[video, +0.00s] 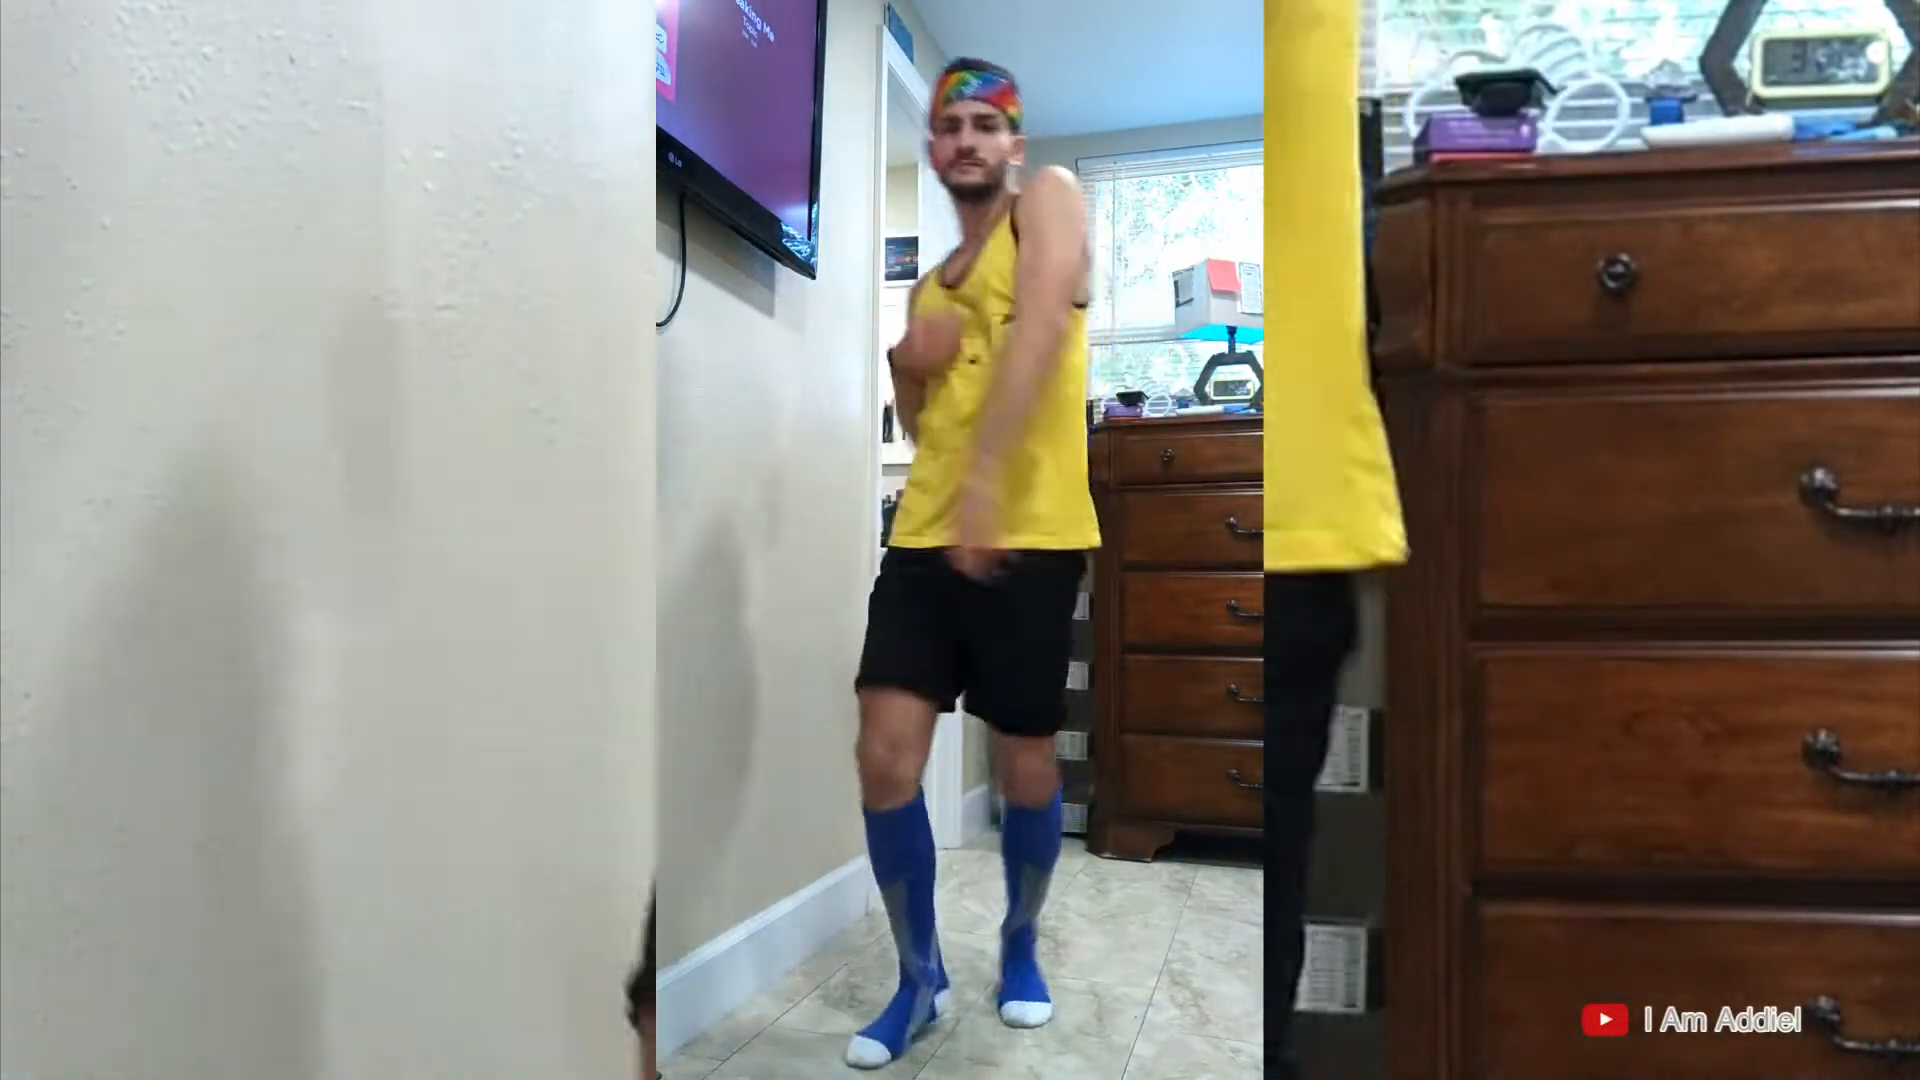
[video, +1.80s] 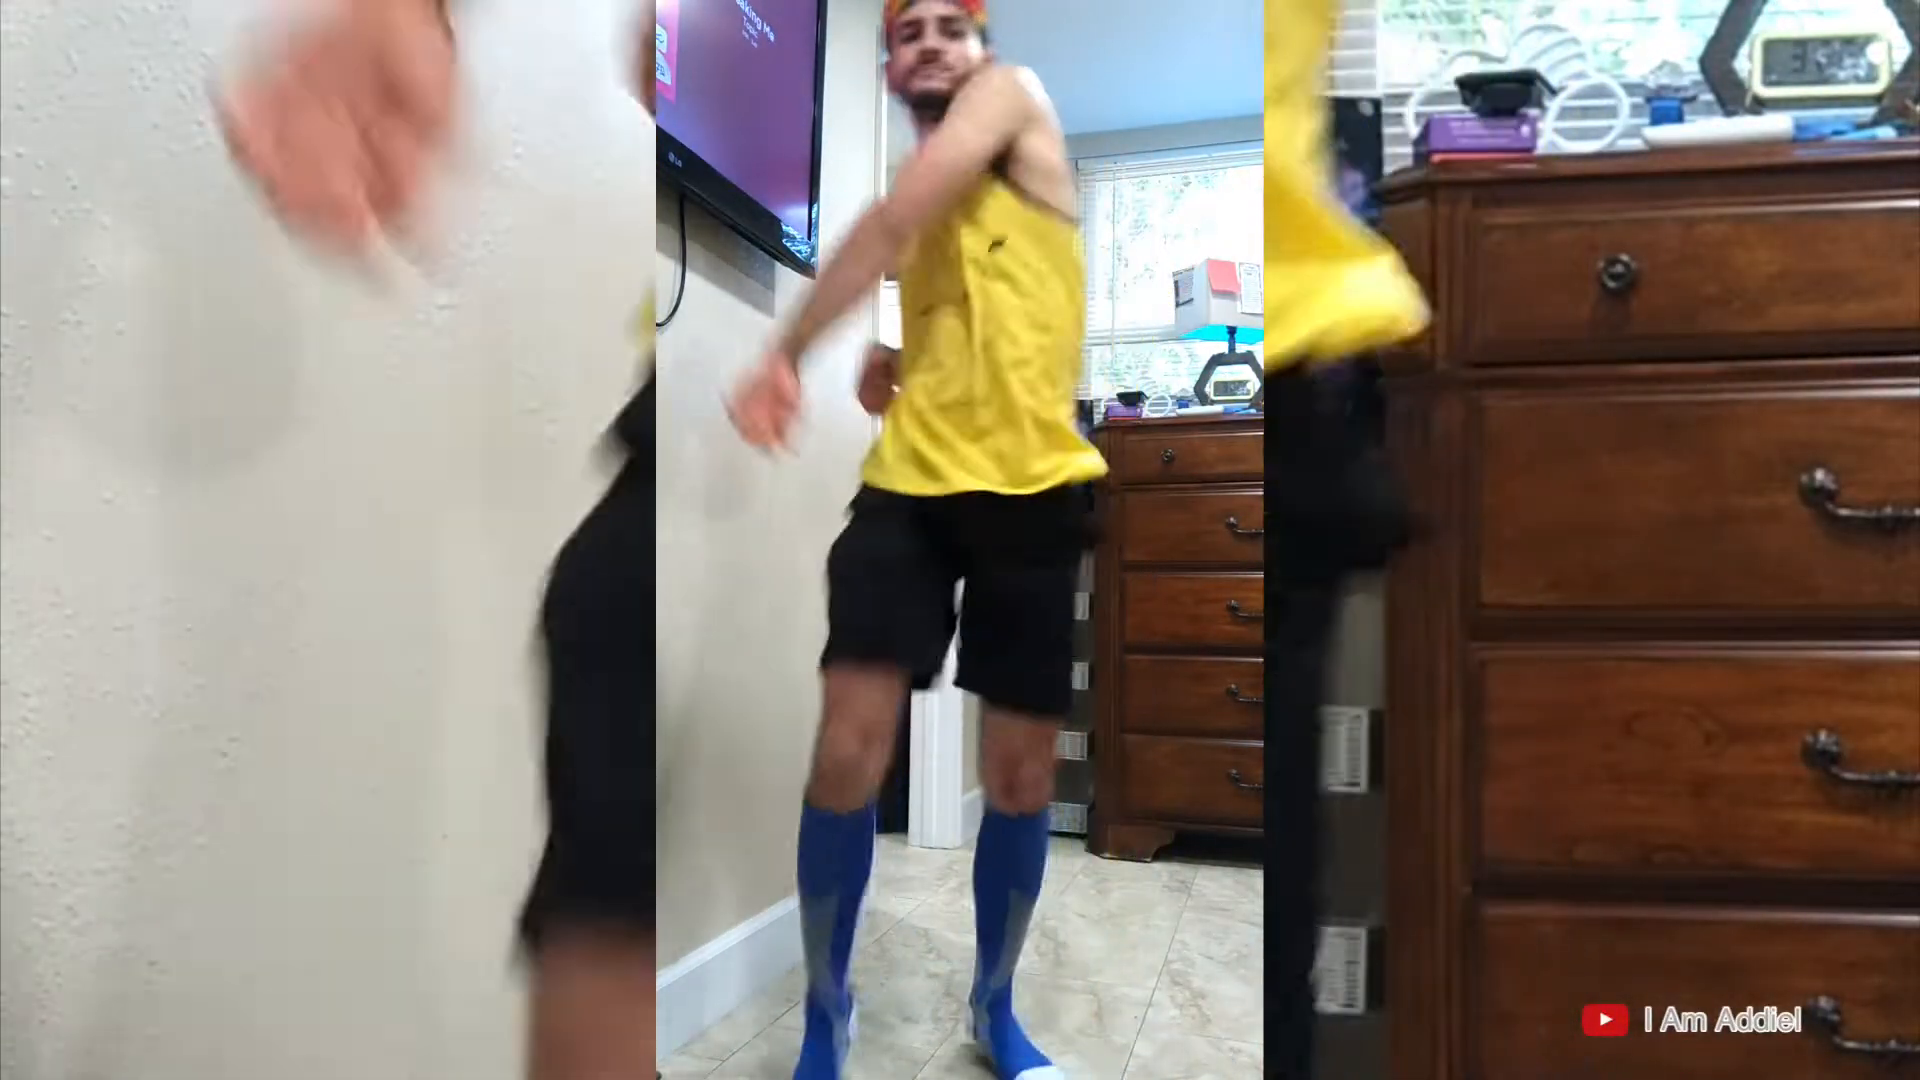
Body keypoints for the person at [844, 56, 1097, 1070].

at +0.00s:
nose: (966, 140)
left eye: (986, 125)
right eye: (949, 127)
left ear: (1018, 141)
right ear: (931, 148)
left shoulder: (1049, 196)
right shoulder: (935, 283)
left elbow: (1045, 319)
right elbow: (913, 424)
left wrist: (985, 478)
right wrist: (915, 368)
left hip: (1032, 533)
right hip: (927, 532)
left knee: (1026, 766)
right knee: (885, 759)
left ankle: (1022, 945)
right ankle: (919, 975)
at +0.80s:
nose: (1004, 91)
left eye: (1012, 80)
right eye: (979, 77)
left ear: (1020, 113)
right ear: (931, 105)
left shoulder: (1013, 245)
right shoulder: (915, 181)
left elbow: (1036, 377)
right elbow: (950, 289)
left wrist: (1078, 327)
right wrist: (1083, 378)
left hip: (976, 523)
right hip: (870, 535)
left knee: (1075, 750)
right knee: (847, 784)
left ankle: (1089, 997)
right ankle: (834, 1002)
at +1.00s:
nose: (1067, 99)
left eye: (1073, 87)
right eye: (1041, 93)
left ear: (1089, 117)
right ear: (1000, 133)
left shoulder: (1081, 246)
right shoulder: (995, 209)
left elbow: (1098, 405)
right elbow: (958, 362)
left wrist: (1117, 270)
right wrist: (968, 530)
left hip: (1033, 538)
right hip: (934, 538)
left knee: (1110, 759)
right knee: (896, 783)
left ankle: (1111, 997)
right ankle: (821, 991)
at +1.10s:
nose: (1088, 114)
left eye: (1096, 103)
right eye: (1064, 105)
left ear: (1111, 137)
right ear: (1019, 144)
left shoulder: (1149, 261)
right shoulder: (982, 239)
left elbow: (1162, 334)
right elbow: (859, 353)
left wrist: (1072, 214)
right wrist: (896, 487)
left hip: (1073, 557)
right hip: (962, 538)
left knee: (1161, 769)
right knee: (937, 750)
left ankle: (1119, 1000)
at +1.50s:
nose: (1033, 104)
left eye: (1050, 90)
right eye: (1012, 94)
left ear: (1080, 116)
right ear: (984, 128)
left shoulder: (1129, 228)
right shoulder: (977, 258)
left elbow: (1065, 335)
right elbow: (986, 392)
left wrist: (998, 241)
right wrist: (972, 502)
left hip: (1083, 566)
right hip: (956, 550)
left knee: (1117, 825)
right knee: (853, 756)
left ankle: (1052, 1025)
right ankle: (936, 929)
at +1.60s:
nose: (1007, 99)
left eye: (1026, 83)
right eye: (986, 89)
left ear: (1060, 105)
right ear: (962, 119)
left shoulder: (1106, 200)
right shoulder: (960, 230)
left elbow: (1037, 230)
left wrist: (939, 241)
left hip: (1070, 558)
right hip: (943, 541)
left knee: (1109, 821)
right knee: (819, 735)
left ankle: (1050, 1028)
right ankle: (926, 884)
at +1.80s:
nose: (926, 50)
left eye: (946, 31)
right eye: (905, 41)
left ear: (984, 42)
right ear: (889, 72)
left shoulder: (1010, 92)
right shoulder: (916, 182)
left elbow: (903, 214)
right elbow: (971, 320)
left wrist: (786, 350)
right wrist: (895, 362)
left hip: (1031, 488)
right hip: (905, 485)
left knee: (1021, 773)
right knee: (847, 751)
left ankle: (995, 1005)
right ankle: (824, 1015)